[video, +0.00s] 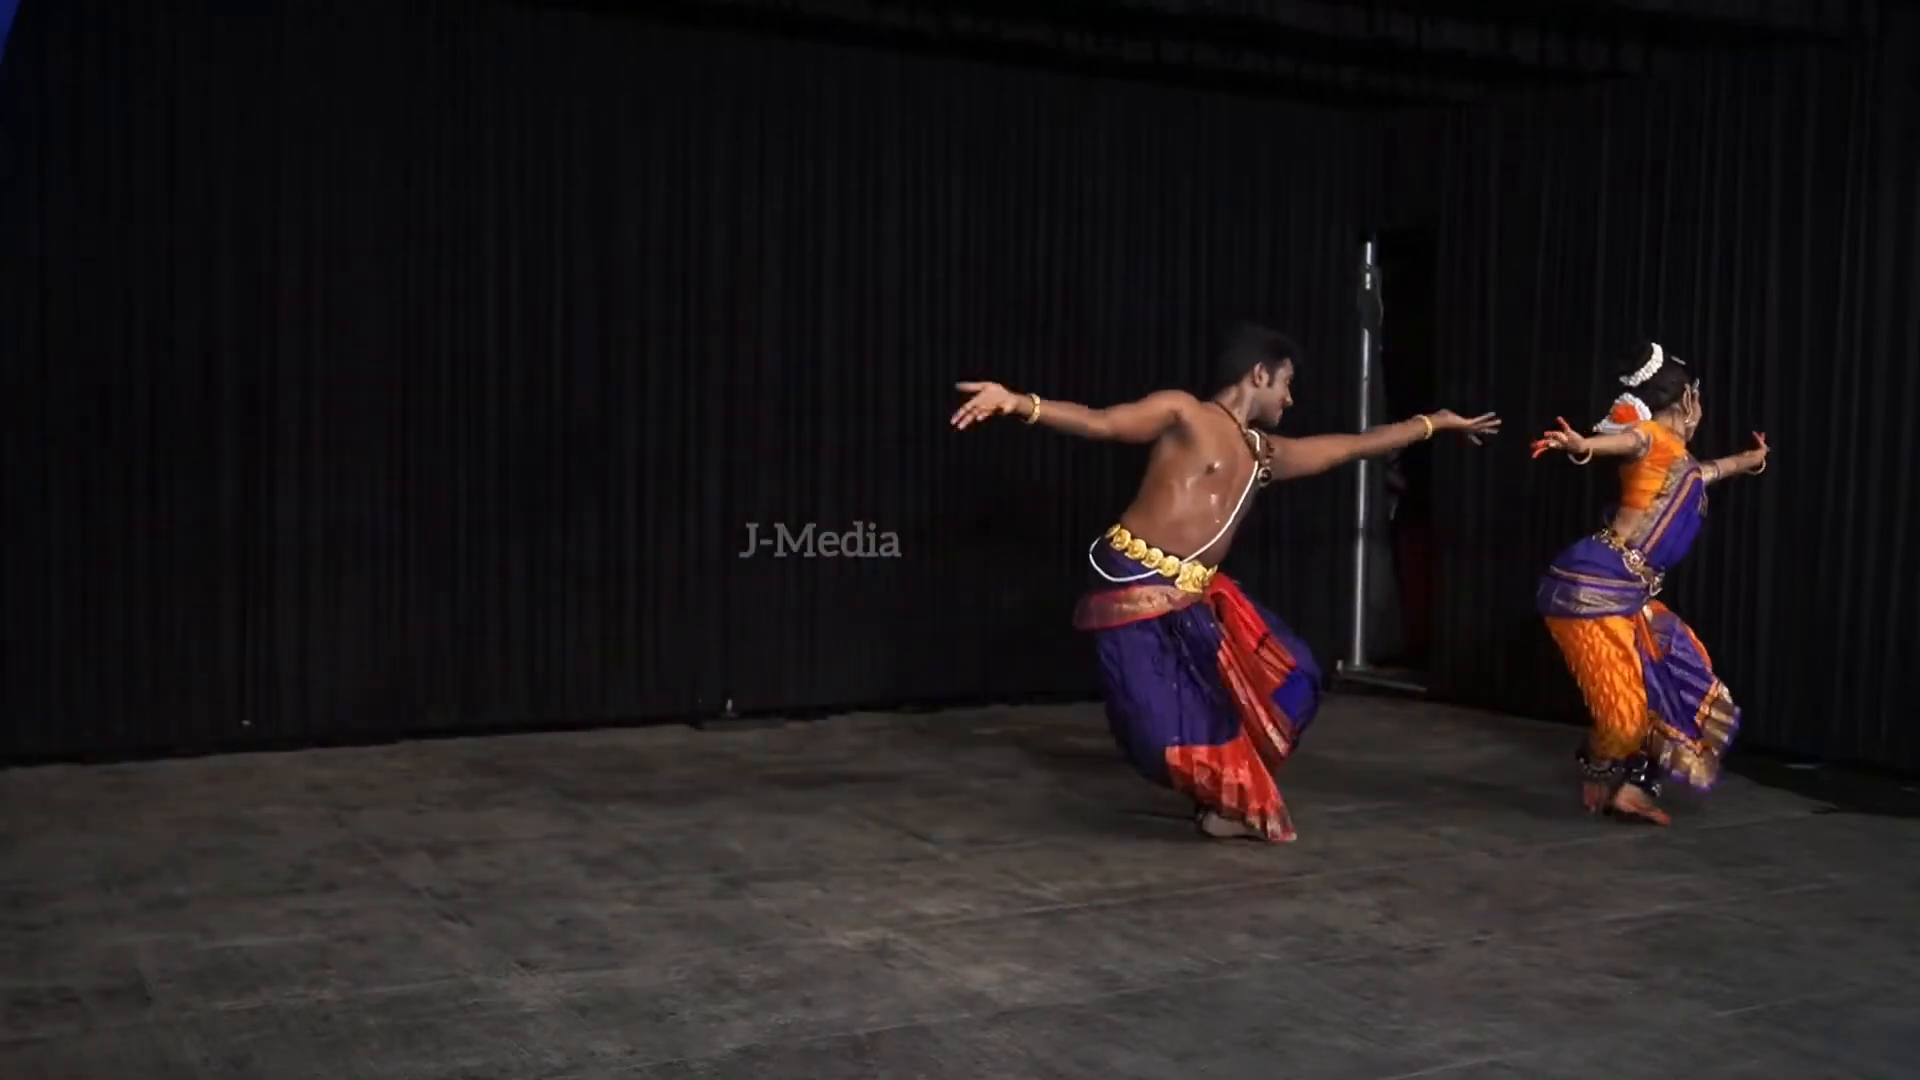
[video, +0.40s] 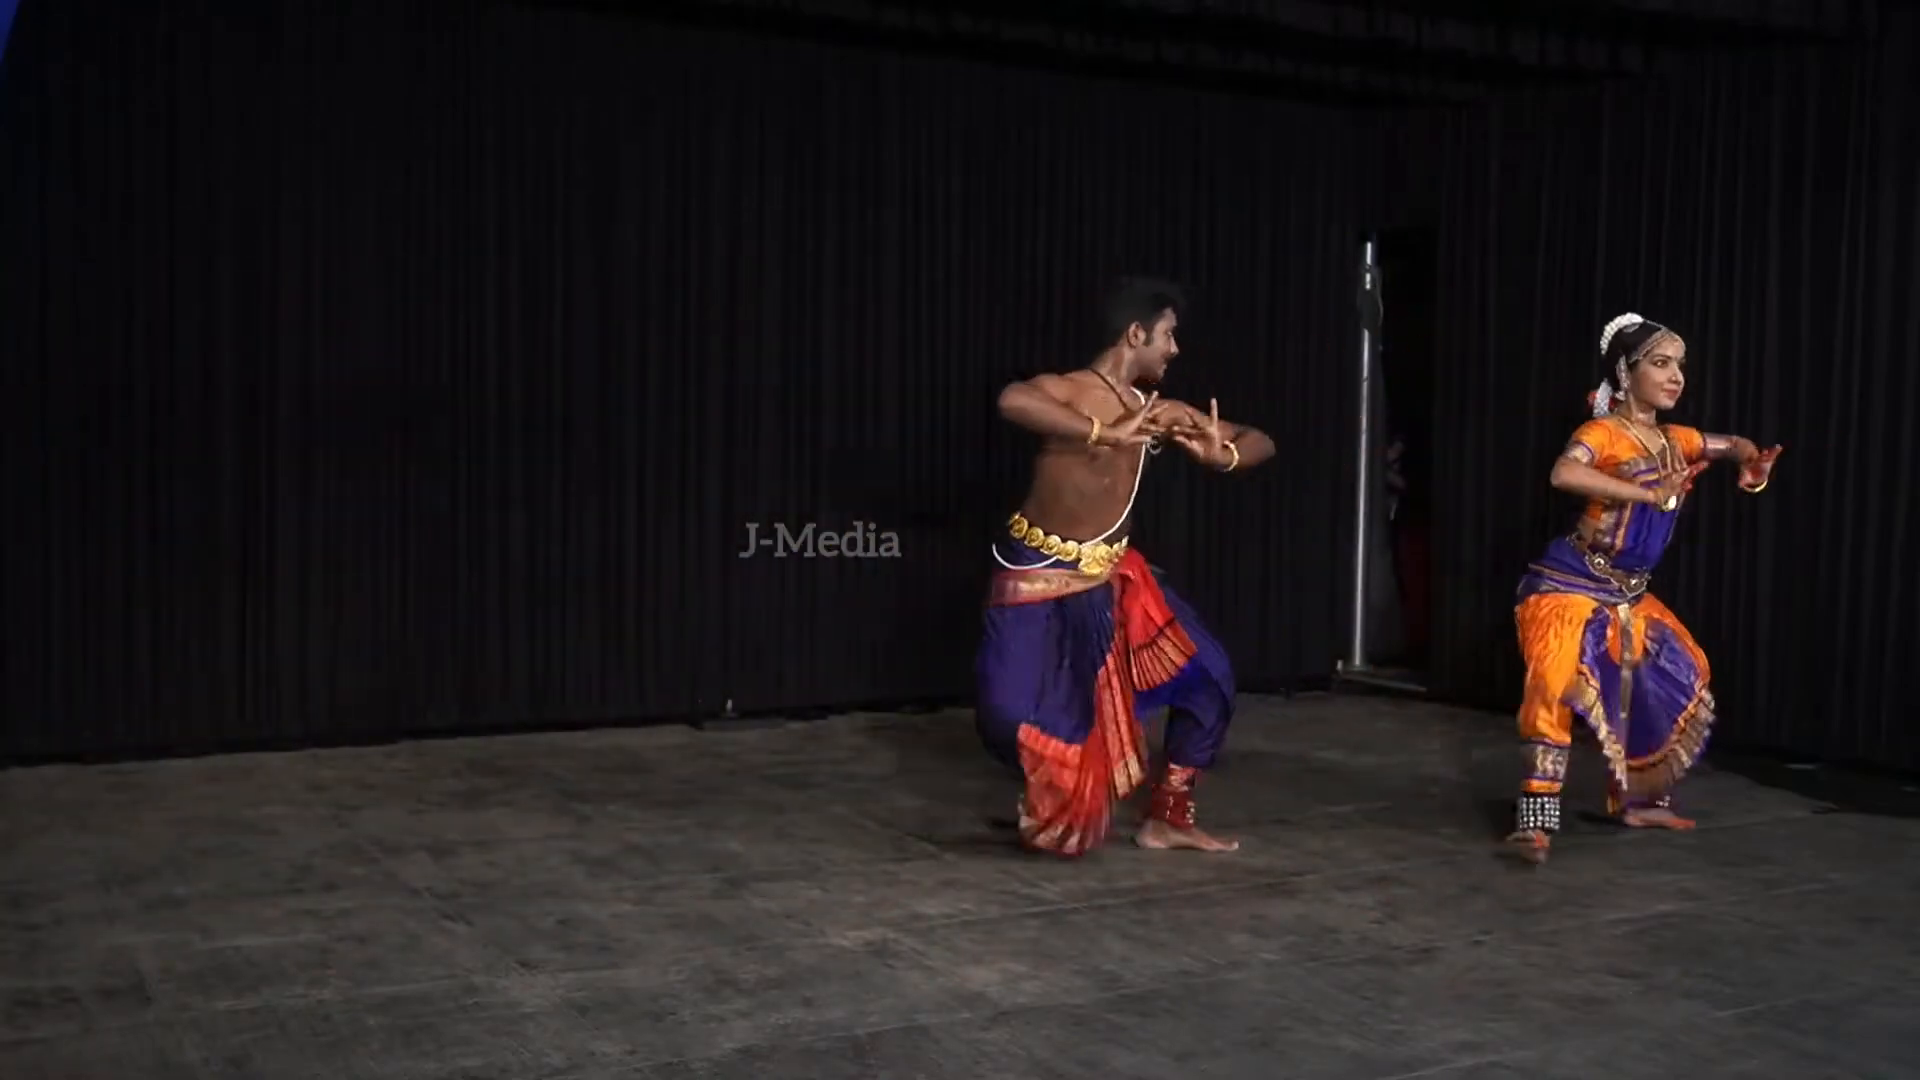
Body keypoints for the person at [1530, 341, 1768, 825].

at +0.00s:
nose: (1700, 407)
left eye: (1698, 398)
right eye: (1697, 398)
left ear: (1673, 406)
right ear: (1683, 404)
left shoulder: (1683, 462)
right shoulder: (1650, 435)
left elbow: (1706, 473)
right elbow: (1622, 440)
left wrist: (1748, 460)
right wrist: (1585, 444)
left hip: (1632, 600)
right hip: (1589, 595)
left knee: (1688, 675)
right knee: (1625, 708)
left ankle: (1636, 787)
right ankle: (1599, 772)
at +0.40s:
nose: (1676, 375)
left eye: (1680, 365)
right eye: (1662, 363)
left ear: (1681, 379)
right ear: (1626, 373)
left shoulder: (1678, 441)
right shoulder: (1603, 433)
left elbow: (1736, 444)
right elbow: (1565, 473)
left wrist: (1751, 466)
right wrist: (1643, 492)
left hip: (1629, 595)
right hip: (1569, 587)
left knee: (1686, 672)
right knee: (1553, 677)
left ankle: (1640, 799)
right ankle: (1537, 819)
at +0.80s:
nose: (1568, 342)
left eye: (1572, 332)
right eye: (1553, 329)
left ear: (1572, 344)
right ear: (1515, 342)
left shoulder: (1569, 419)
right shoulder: (1488, 403)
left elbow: (1645, 433)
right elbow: (1459, 438)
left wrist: (1644, 453)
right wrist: (1542, 473)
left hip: (1508, 590)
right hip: (1448, 585)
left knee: (1552, 705)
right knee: (1486, 712)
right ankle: (1516, 848)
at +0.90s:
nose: (1537, 340)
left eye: (1539, 328)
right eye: (1520, 327)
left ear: (1538, 342)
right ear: (1483, 341)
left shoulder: (1538, 420)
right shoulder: (1455, 405)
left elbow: (1619, 435)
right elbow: (1421, 436)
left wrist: (1614, 453)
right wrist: (1505, 468)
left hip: (1480, 592)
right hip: (1420, 584)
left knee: (1494, 717)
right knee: (1459, 716)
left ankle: (1374, 818)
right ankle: (1504, 832)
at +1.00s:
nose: (1507, 336)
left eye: (1509, 325)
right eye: (1491, 324)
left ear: (1506, 341)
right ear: (1453, 338)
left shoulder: (1509, 419)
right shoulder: (1424, 402)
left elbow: (1590, 437)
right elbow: (1387, 434)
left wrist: (1586, 454)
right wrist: (1470, 467)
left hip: (1457, 592)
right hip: (1395, 582)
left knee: (1469, 717)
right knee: (1415, 707)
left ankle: (1358, 827)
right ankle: (1453, 825)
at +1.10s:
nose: (1486, 326)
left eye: (1485, 316)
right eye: (1468, 315)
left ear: (1479, 335)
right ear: (1430, 332)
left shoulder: (1487, 413)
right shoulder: (1403, 395)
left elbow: (1565, 434)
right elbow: (1363, 426)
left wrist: (1563, 450)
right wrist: (1446, 457)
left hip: (1431, 584)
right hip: (1368, 574)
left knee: (1411, 703)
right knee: (1349, 696)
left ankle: (1367, 841)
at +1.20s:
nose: (1459, 331)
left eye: (1459, 321)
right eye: (1441, 321)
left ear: (1457, 340)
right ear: (1404, 340)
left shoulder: (1468, 422)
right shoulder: (1380, 405)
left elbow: (1550, 448)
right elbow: (1343, 439)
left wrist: (1542, 461)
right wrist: (1435, 459)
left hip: (1412, 596)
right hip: (1346, 586)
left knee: (1434, 705)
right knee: (1304, 709)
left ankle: (1353, 831)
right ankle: (1301, 861)